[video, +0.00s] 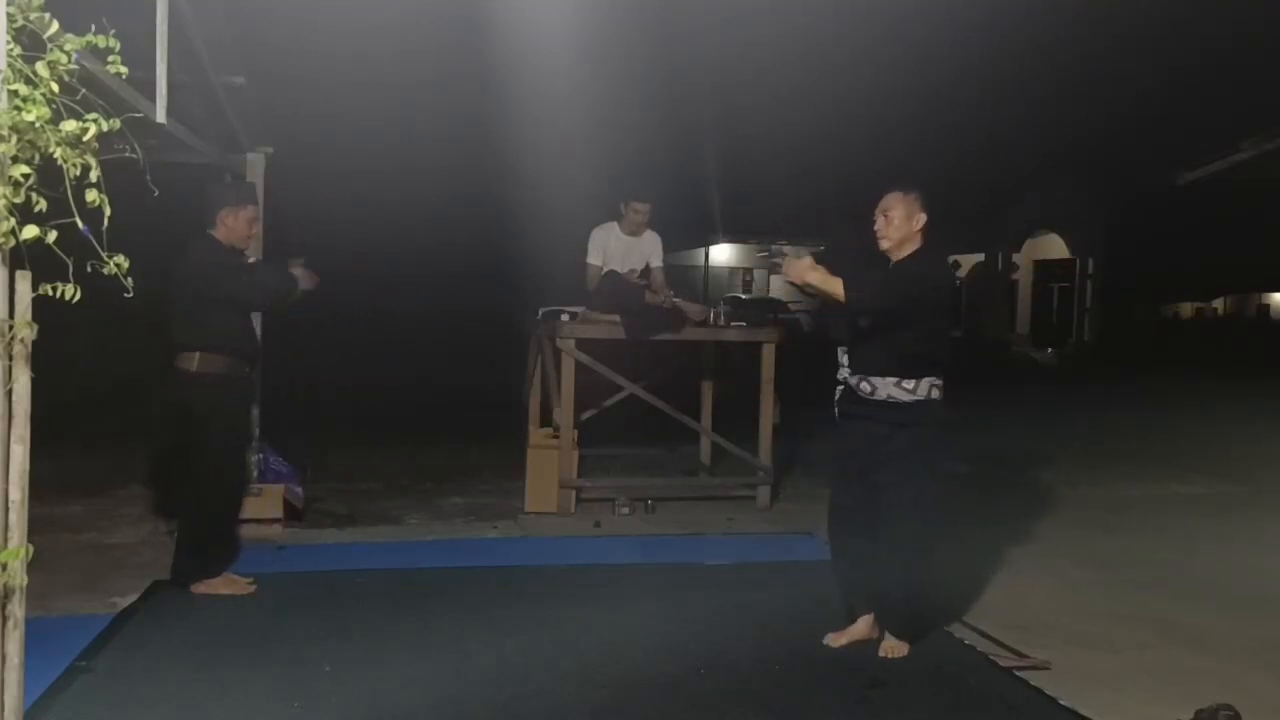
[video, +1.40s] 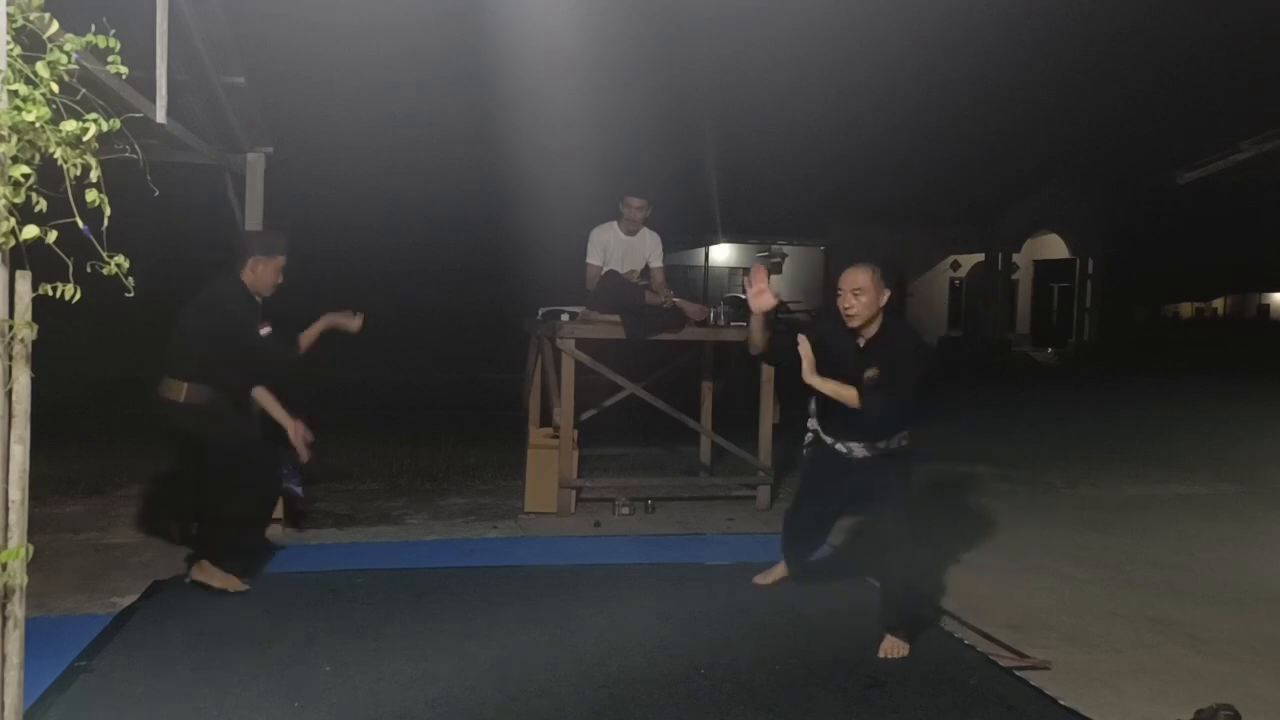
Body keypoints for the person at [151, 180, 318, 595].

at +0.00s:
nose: (254, 228)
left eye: (255, 220)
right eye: (249, 219)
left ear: (229, 221)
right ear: (225, 218)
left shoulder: (211, 257)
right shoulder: (209, 260)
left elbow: (245, 284)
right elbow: (254, 290)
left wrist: (281, 273)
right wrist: (291, 279)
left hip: (215, 380)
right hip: (211, 383)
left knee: (217, 471)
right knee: (216, 473)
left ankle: (206, 566)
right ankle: (203, 572)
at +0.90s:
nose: (266, 235)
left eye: (266, 227)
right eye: (262, 226)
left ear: (238, 225)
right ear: (236, 223)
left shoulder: (217, 258)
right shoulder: (221, 263)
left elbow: (230, 329)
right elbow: (239, 333)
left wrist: (272, 331)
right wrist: (285, 332)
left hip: (207, 380)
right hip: (210, 384)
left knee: (216, 475)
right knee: (215, 477)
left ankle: (209, 568)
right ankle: (202, 574)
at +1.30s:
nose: (281, 277)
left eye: (282, 268)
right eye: (279, 267)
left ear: (255, 260)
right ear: (257, 259)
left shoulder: (221, 286)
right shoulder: (234, 293)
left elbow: (240, 363)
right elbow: (246, 361)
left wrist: (291, 369)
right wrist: (297, 349)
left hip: (181, 401)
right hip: (196, 405)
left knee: (212, 477)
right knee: (258, 469)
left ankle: (201, 565)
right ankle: (229, 569)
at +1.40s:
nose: (281, 280)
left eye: (282, 271)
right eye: (277, 270)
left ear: (253, 268)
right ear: (253, 266)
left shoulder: (229, 297)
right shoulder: (234, 303)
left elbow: (248, 375)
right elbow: (280, 358)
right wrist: (324, 323)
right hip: (197, 411)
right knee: (254, 468)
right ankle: (213, 562)